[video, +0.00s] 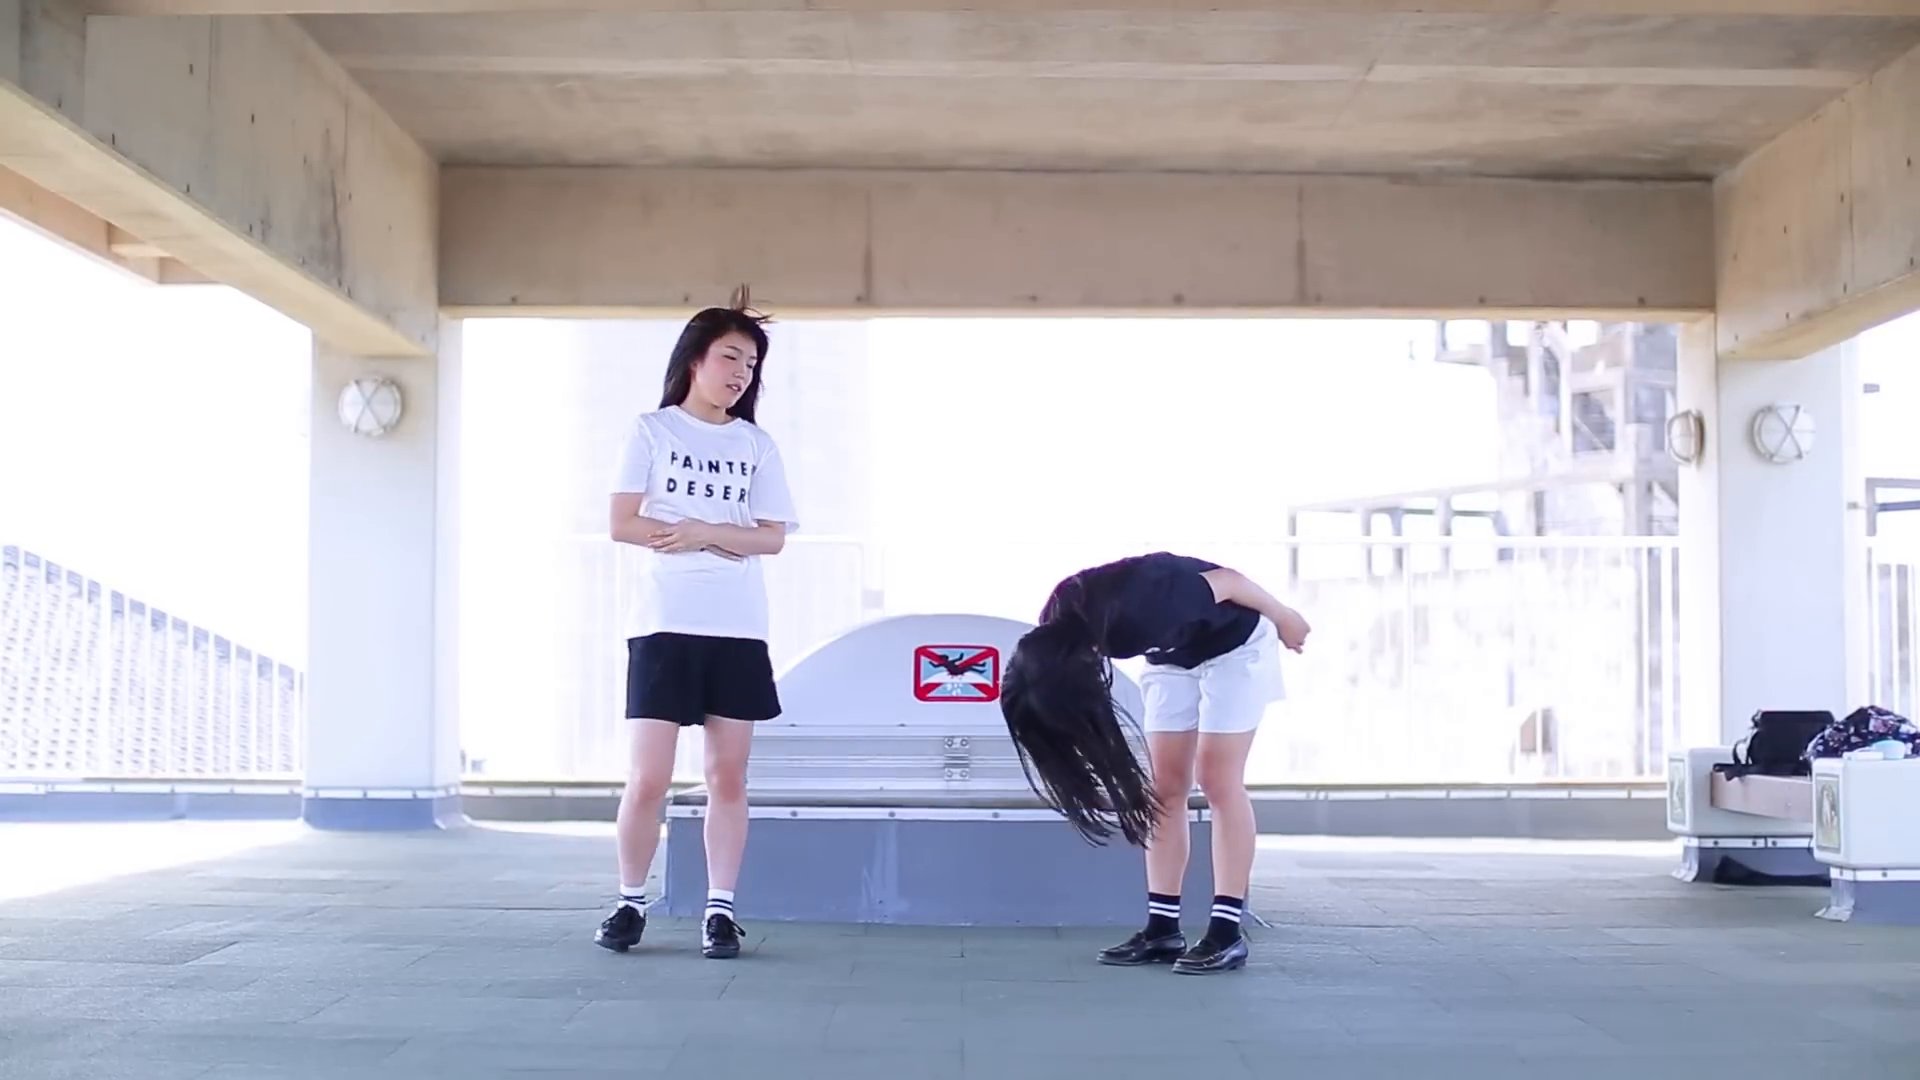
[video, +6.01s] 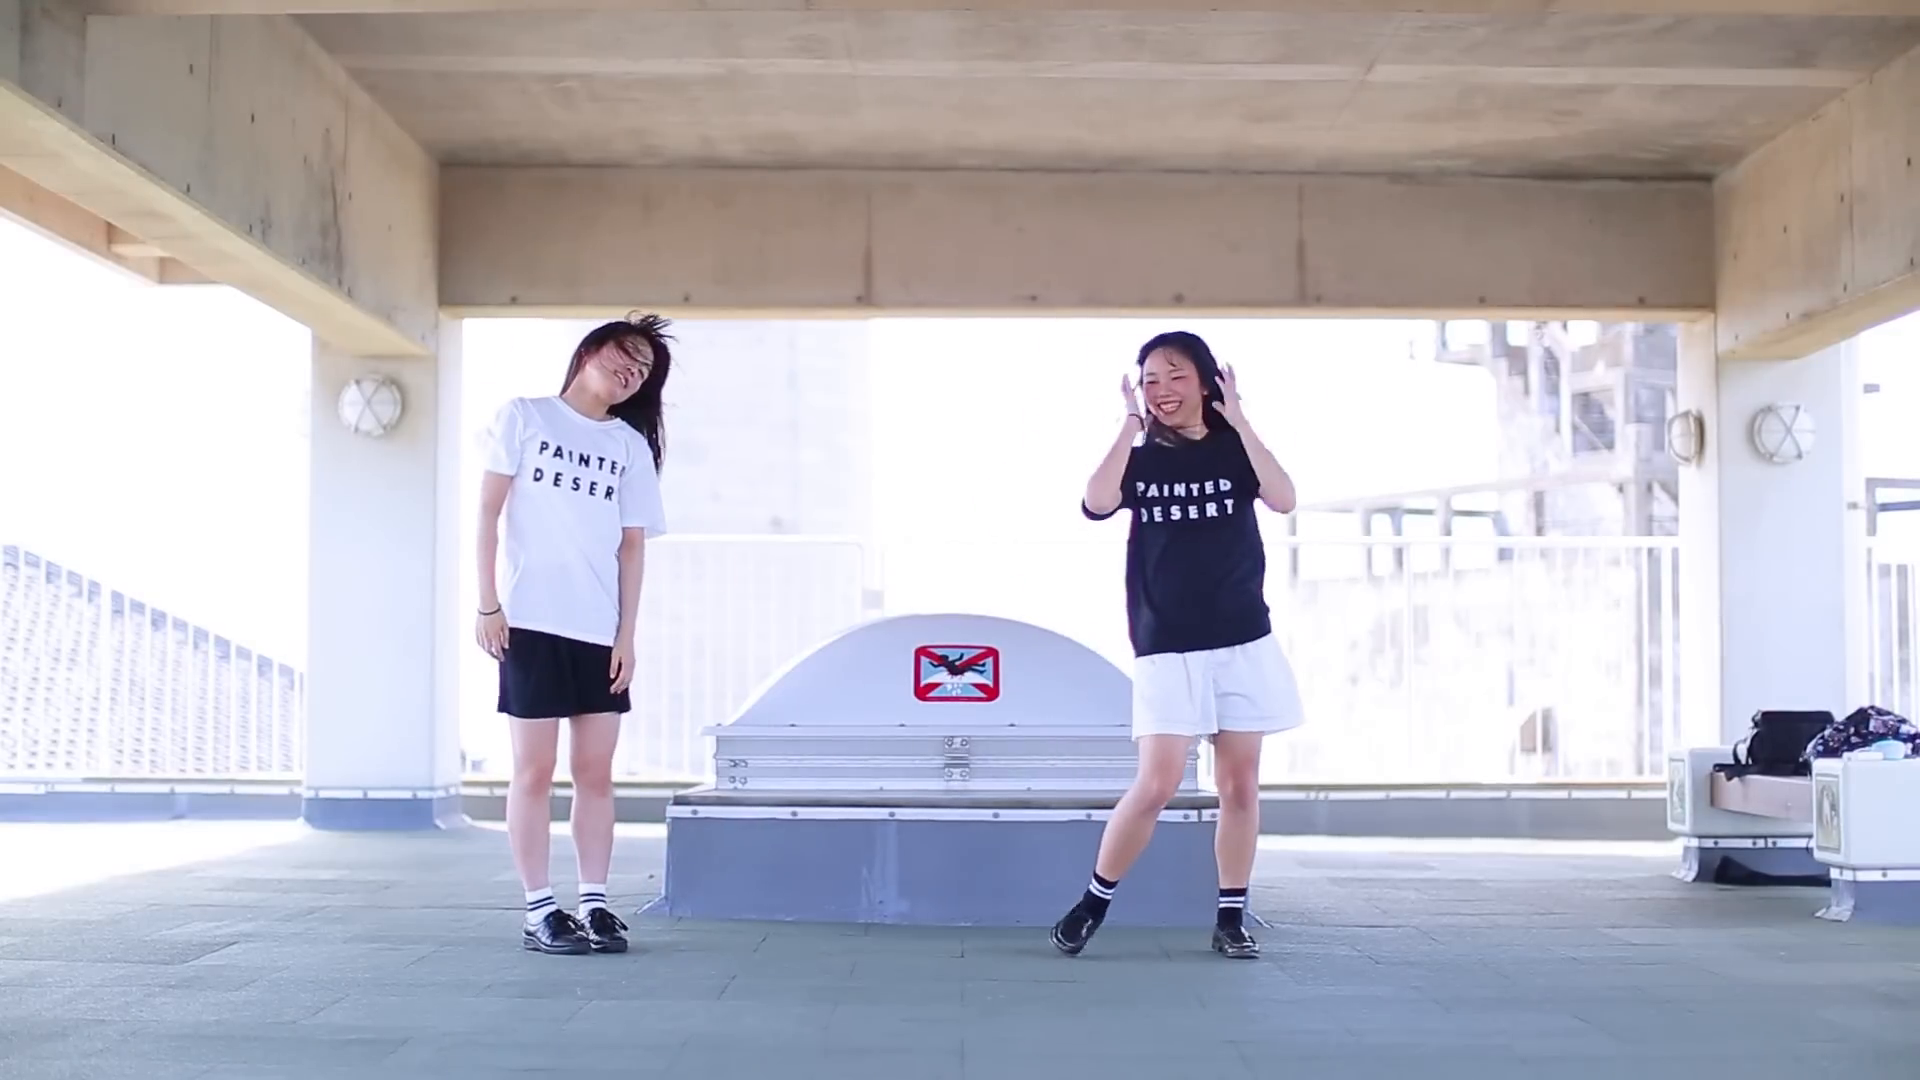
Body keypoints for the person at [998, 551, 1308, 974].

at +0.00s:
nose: (1079, 726)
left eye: (1077, 716)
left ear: (1083, 669)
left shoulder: (1149, 610)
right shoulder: (1053, 628)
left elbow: (1231, 582)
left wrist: (1283, 616)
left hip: (1235, 645)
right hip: (1166, 654)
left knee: (1220, 782)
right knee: (1165, 788)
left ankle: (1226, 934)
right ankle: (1162, 930)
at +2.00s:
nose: (1145, 412)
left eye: (1150, 399)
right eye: (1139, 401)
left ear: (1179, 386)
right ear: (1141, 392)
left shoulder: (1232, 428)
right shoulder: (1148, 438)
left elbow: (1247, 524)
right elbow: (1120, 526)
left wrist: (1195, 578)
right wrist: (1059, 591)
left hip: (1194, 633)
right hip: (1128, 632)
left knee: (1190, 781)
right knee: (1138, 785)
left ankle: (1226, 933)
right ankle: (1160, 929)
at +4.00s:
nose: (1129, 378)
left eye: (1136, 366)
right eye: (1129, 366)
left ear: (1172, 368)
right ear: (1161, 370)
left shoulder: (1228, 443)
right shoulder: (1136, 450)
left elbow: (1226, 557)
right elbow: (1116, 548)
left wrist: (1202, 642)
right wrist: (1091, 635)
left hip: (1192, 634)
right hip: (1125, 639)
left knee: (1204, 776)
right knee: (1145, 781)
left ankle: (1228, 930)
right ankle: (1160, 927)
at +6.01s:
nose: (1164, 389)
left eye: (1175, 376)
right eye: (1152, 380)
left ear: (1206, 381)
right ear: (1144, 391)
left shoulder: (1238, 447)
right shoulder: (1136, 455)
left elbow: (1283, 500)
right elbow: (1096, 506)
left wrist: (1238, 418)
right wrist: (1130, 429)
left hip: (1241, 641)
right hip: (1165, 648)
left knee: (1240, 788)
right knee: (1157, 786)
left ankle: (1231, 920)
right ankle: (1094, 902)